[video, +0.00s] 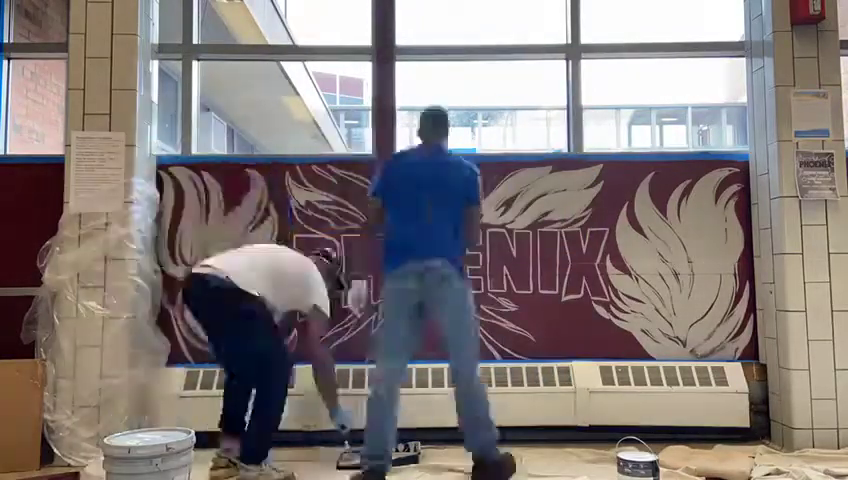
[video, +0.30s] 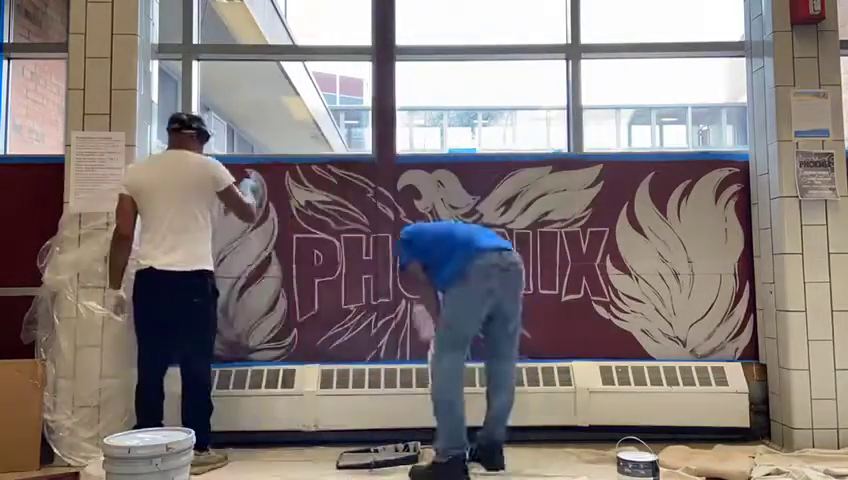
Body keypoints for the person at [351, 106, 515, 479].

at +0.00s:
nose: (431, 137)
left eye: (426, 130)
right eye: (438, 131)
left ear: (419, 132)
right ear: (448, 133)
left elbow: (374, 216)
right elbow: (471, 232)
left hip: (400, 272)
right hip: (446, 271)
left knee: (388, 367)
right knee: (466, 366)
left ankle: (374, 462)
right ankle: (486, 455)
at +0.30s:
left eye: (409, 276)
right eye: (410, 280)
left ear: (404, 243)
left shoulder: (408, 237)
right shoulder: (458, 235)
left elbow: (422, 279)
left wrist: (439, 323)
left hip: (472, 268)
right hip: (513, 265)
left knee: (449, 355)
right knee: (503, 359)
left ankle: (450, 458)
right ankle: (491, 447)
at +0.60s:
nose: (444, 295)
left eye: (442, 290)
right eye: (442, 290)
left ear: (447, 283)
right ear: (469, 274)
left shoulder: (461, 289)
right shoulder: (501, 291)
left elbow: (456, 347)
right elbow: (497, 350)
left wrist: (468, 345)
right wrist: (468, 342)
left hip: (515, 390)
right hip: (549, 393)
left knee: (447, 362)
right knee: (518, 443)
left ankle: (477, 446)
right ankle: (545, 440)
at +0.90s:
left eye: (462, 272)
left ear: (462, 272)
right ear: (488, 268)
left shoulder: (466, 289)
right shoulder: (515, 287)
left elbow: (461, 350)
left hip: (520, 393)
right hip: (556, 395)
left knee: (451, 363)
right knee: (518, 441)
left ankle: (479, 446)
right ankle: (548, 440)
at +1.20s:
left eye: (443, 272)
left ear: (444, 273)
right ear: (472, 270)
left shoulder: (441, 294)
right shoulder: (496, 289)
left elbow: (440, 353)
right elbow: (506, 337)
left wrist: (469, 355)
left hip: (489, 398)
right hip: (527, 397)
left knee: (433, 371)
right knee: (515, 448)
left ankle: (469, 443)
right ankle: (539, 441)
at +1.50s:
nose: (423, 285)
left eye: (424, 280)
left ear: (427, 280)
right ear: (454, 277)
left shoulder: (428, 301)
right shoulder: (479, 296)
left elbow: (434, 358)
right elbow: (490, 343)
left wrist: (465, 352)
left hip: (484, 412)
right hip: (520, 410)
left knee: (429, 373)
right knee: (514, 447)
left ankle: (465, 443)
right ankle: (535, 442)